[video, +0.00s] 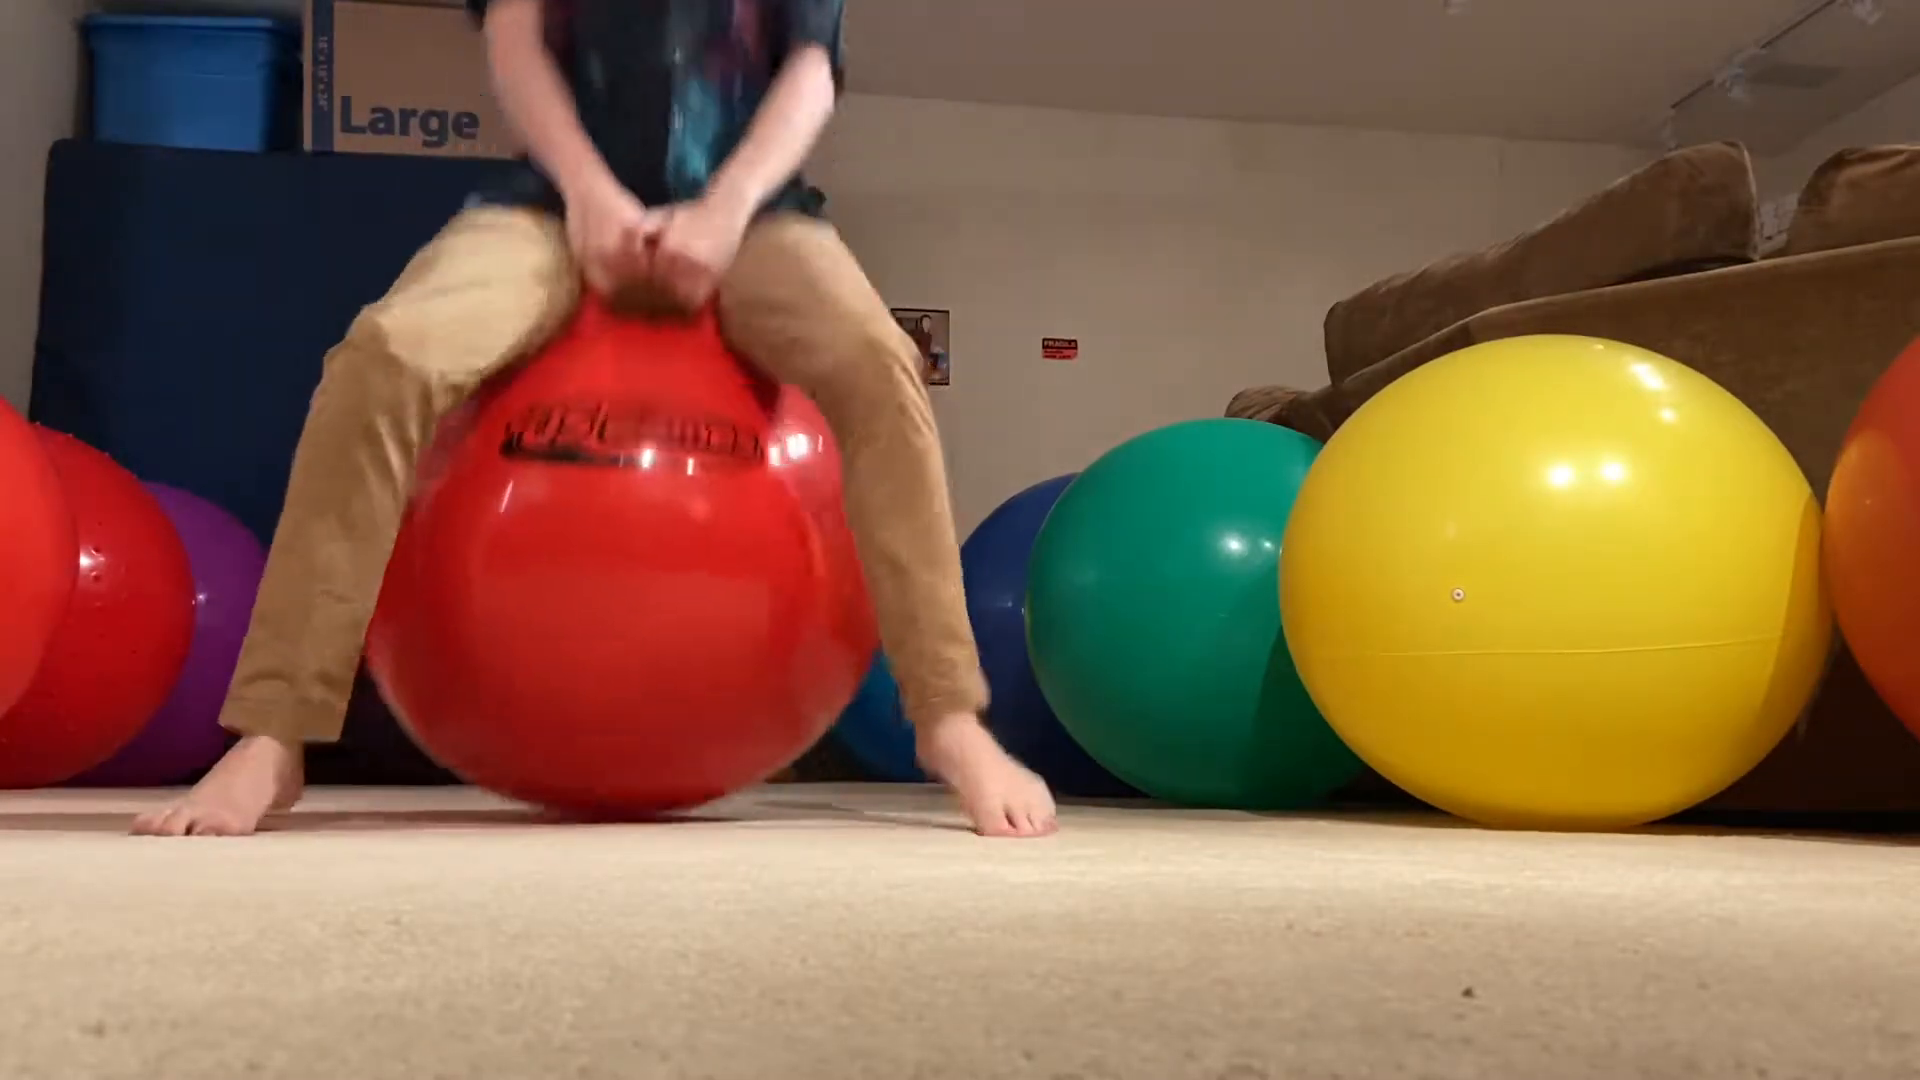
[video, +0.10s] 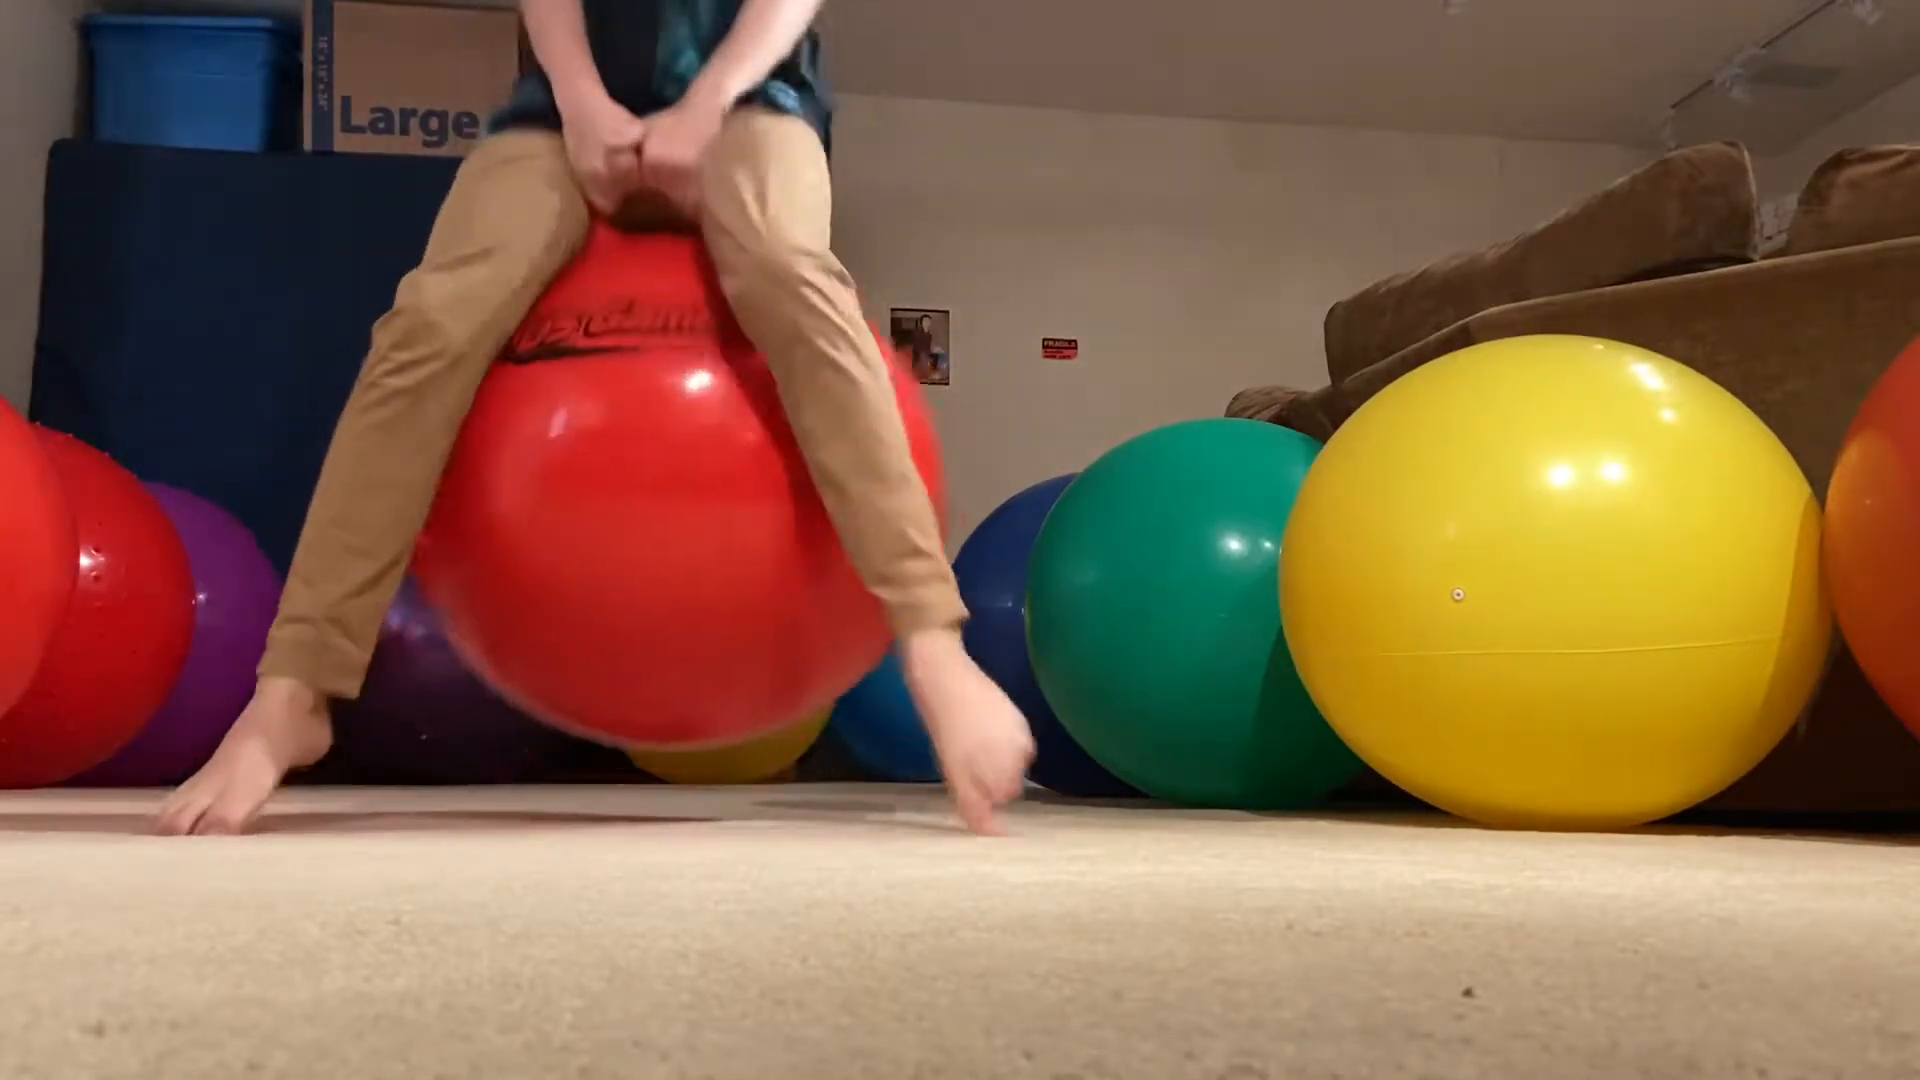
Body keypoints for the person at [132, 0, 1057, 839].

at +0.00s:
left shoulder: (790, 1)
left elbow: (810, 78)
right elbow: (514, 44)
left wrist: (726, 203)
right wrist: (592, 190)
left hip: (748, 207)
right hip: (554, 195)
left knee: (874, 362)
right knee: (386, 351)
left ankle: (952, 720)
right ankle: (268, 738)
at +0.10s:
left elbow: (792, 3)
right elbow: (542, 2)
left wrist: (707, 97)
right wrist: (583, 100)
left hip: (751, 84)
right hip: (568, 78)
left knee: (784, 276)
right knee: (429, 319)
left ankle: (933, 648)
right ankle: (290, 697)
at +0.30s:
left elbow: (856, 33)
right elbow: (577, 57)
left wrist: (704, 158)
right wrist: (598, 182)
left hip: (772, 165)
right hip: (620, 191)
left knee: (743, 238)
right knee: (383, 353)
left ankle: (709, 656)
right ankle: (370, 741)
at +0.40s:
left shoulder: (847, 19)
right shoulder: (609, 23)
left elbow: (887, 191)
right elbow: (611, 187)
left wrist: (714, 319)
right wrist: (614, 312)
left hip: (813, 349)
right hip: (643, 342)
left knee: (726, 301)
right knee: (344, 360)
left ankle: (587, 729)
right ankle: (361, 741)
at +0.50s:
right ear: (625, 16)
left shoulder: (817, 113)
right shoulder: (610, 161)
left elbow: (899, 344)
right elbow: (627, 352)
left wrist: (722, 456)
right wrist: (616, 454)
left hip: (825, 493)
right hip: (653, 482)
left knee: (731, 363)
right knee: (360, 389)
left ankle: (500, 767)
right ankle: (359, 754)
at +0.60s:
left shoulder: (798, 30)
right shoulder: (589, 85)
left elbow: (865, 246)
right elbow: (615, 282)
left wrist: (717, 390)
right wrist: (610, 384)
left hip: (824, 410)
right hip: (643, 405)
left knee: (717, 330)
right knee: (332, 372)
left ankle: (495, 766)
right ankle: (337, 751)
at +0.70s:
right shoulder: (605, 17)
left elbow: (815, 10)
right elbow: (607, 90)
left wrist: (718, 180)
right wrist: (604, 204)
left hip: (793, 193)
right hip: (637, 211)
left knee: (672, 302)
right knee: (341, 352)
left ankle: (495, 764)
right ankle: (334, 749)